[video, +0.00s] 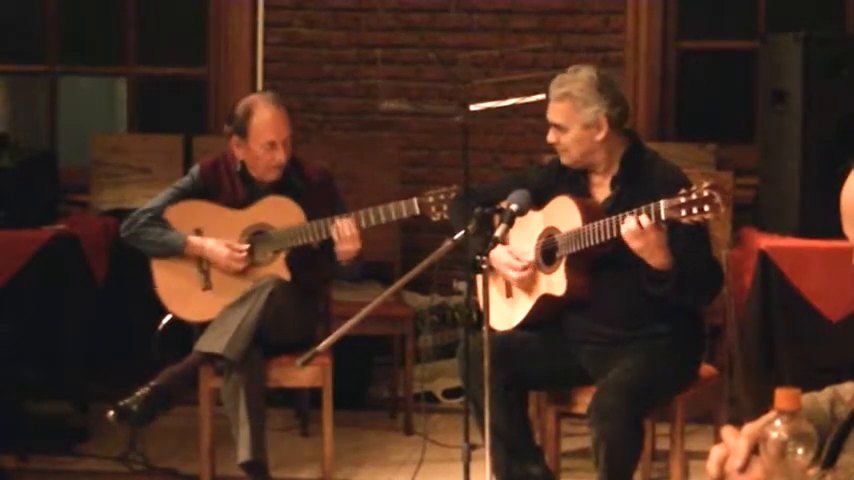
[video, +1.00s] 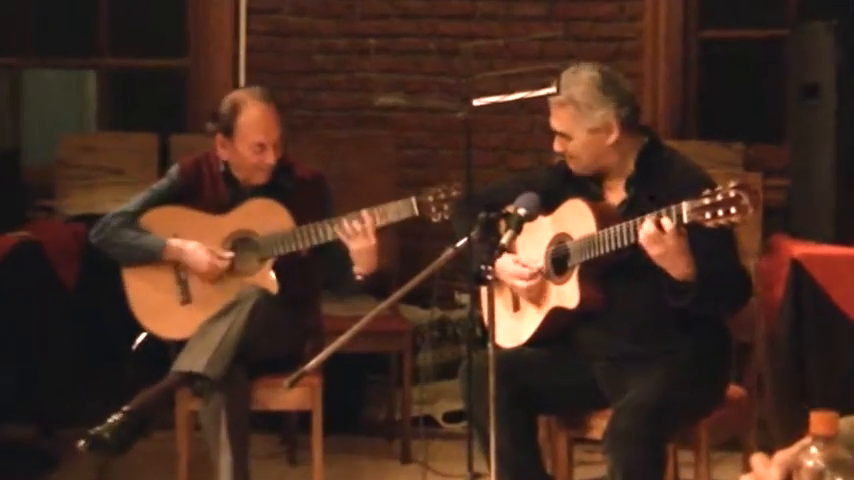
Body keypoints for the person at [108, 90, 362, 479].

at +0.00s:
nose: (281, 156)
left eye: (285, 144)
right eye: (269, 147)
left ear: (292, 138)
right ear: (238, 146)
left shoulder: (313, 181)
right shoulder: (212, 176)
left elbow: (339, 266)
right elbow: (135, 228)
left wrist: (348, 257)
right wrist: (203, 247)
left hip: (297, 314)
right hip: (228, 309)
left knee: (269, 288)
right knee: (244, 354)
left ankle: (169, 383)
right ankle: (253, 467)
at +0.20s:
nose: (281, 154)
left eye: (285, 141)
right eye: (270, 144)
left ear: (291, 137)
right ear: (238, 144)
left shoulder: (314, 183)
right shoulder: (212, 175)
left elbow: (344, 271)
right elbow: (135, 228)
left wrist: (344, 257)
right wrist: (203, 250)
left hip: (298, 314)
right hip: (228, 309)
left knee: (267, 288)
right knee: (245, 355)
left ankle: (166, 388)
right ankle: (254, 469)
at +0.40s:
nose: (278, 151)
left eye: (282, 138)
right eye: (267, 141)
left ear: (289, 136)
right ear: (235, 143)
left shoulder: (311, 184)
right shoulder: (208, 176)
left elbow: (326, 265)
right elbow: (131, 229)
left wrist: (358, 247)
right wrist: (194, 255)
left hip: (294, 319)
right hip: (226, 313)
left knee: (267, 288)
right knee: (244, 354)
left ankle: (169, 394)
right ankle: (253, 469)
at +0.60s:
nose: (273, 153)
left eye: (278, 141)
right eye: (261, 143)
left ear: (284, 137)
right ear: (230, 143)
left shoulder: (308, 184)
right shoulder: (204, 178)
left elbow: (355, 255)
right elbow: (129, 234)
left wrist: (396, 235)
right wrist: (197, 236)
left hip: (296, 319)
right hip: (223, 313)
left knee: (265, 289)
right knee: (243, 355)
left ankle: (167, 397)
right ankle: (249, 470)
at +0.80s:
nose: (272, 157)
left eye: (277, 145)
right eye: (260, 147)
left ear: (284, 138)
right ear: (227, 146)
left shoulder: (306, 185)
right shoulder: (201, 177)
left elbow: (343, 258)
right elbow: (121, 233)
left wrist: (384, 251)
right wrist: (186, 259)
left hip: (291, 323)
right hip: (218, 318)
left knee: (260, 292)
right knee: (237, 366)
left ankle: (162, 401)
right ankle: (243, 473)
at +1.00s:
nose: (270, 158)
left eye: (275, 146)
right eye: (257, 148)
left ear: (283, 139)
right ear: (223, 145)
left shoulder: (304, 188)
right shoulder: (192, 177)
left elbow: (331, 280)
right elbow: (105, 233)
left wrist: (362, 270)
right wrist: (177, 250)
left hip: (284, 331)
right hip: (208, 325)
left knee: (252, 300)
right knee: (225, 368)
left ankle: (143, 409)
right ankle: (232, 476)